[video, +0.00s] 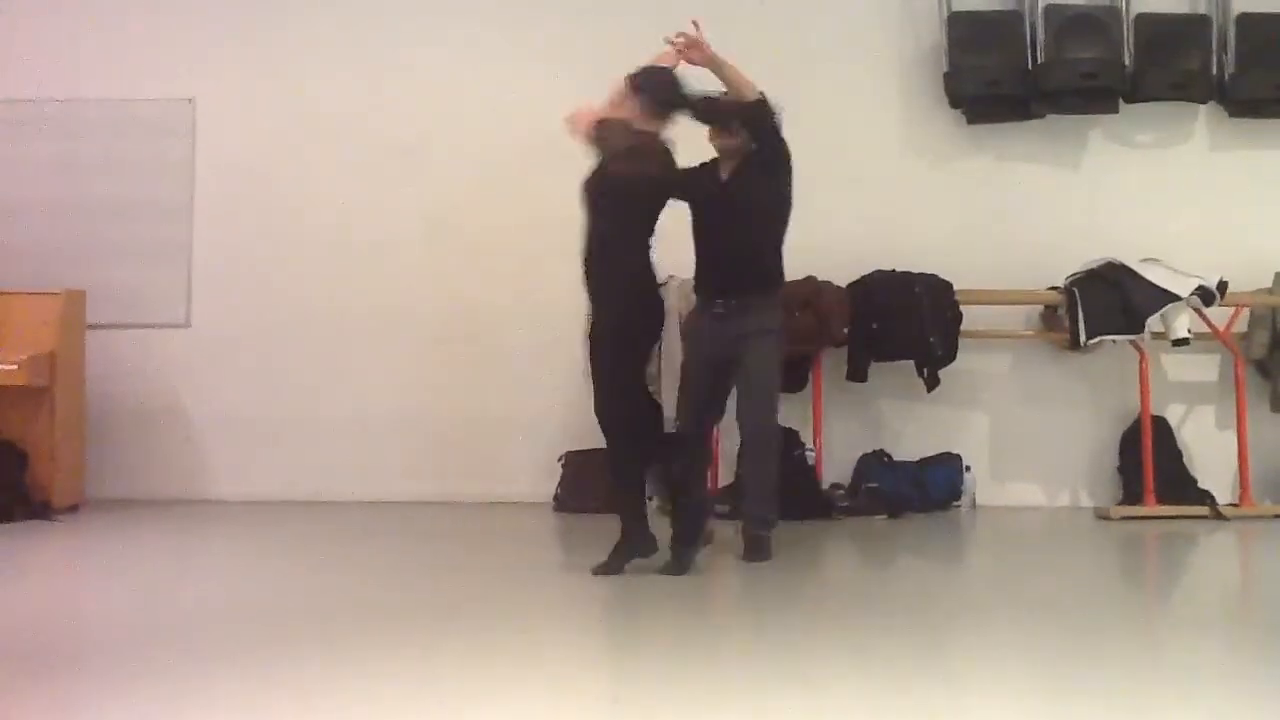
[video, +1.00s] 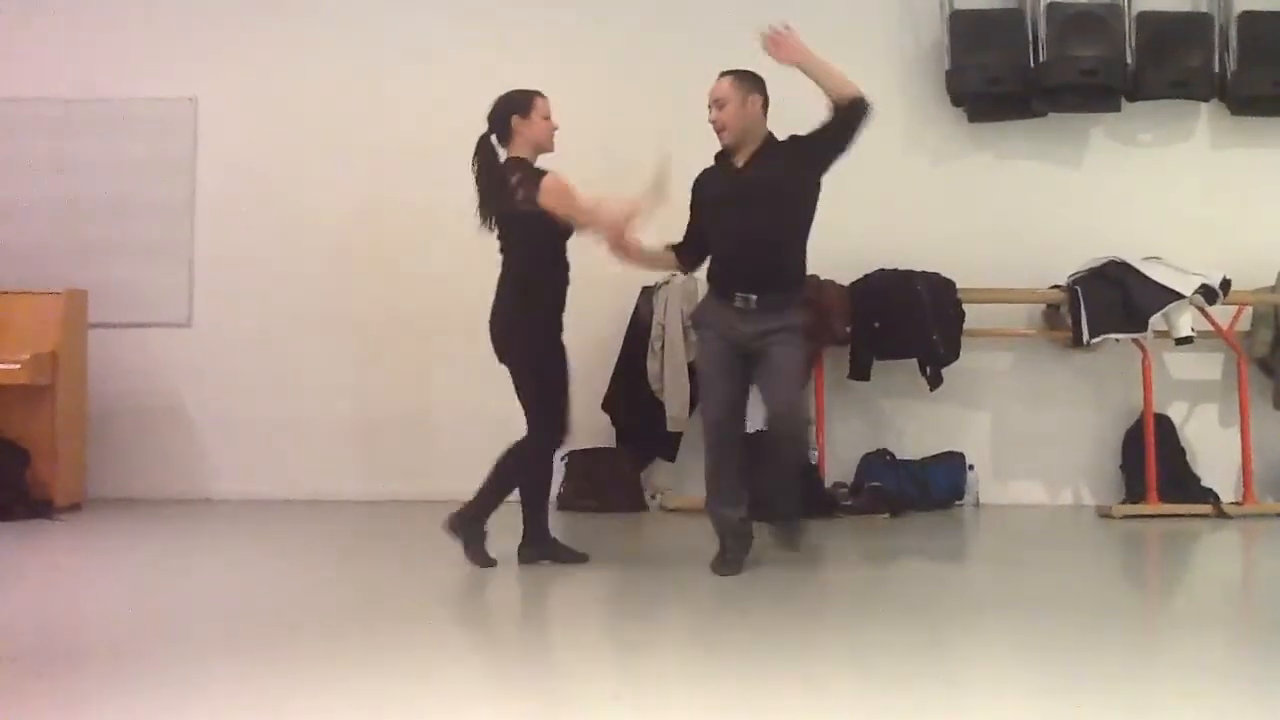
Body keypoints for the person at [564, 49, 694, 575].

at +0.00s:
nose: (616, 98)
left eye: (623, 93)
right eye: (622, 91)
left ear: (635, 103)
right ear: (666, 108)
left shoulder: (630, 156)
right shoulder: (651, 153)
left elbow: (584, 124)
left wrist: (612, 117)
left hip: (622, 304)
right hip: (631, 299)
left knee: (617, 411)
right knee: (631, 404)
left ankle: (634, 529)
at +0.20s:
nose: (624, 107)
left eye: (622, 100)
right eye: (622, 99)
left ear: (575, 104)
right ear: (613, 103)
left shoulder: (553, 150)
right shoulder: (633, 157)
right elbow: (667, 145)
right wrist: (675, 79)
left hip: (572, 302)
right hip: (627, 302)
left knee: (571, 413)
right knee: (626, 410)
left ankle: (572, 522)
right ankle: (622, 533)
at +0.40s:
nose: (597, 111)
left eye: (592, 101)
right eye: (589, 102)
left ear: (555, 111)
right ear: (567, 108)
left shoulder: (541, 164)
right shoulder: (573, 163)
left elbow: (602, 156)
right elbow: (653, 137)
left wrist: (636, 133)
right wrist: (686, 73)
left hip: (564, 307)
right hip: (596, 309)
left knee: (572, 420)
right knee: (623, 416)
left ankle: (536, 529)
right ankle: (595, 531)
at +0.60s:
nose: (575, 118)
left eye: (571, 109)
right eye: (567, 110)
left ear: (537, 119)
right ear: (542, 118)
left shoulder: (526, 170)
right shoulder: (559, 164)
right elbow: (643, 127)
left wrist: (622, 132)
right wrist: (680, 71)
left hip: (532, 316)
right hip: (559, 318)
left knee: (555, 422)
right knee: (615, 411)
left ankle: (533, 536)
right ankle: (571, 526)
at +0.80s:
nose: (567, 122)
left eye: (563, 115)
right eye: (558, 116)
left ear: (532, 127)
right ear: (533, 127)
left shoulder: (524, 175)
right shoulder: (550, 173)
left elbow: (596, 163)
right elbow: (633, 148)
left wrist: (618, 147)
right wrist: (672, 82)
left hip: (527, 320)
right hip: (544, 325)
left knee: (542, 428)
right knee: (597, 417)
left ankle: (532, 533)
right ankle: (525, 514)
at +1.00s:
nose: (554, 125)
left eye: (551, 117)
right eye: (545, 118)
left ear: (515, 128)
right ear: (517, 127)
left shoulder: (507, 179)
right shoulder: (542, 184)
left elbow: (571, 216)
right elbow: (595, 218)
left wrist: (616, 220)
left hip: (512, 320)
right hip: (534, 325)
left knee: (544, 429)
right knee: (547, 431)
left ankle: (537, 538)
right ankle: (472, 515)